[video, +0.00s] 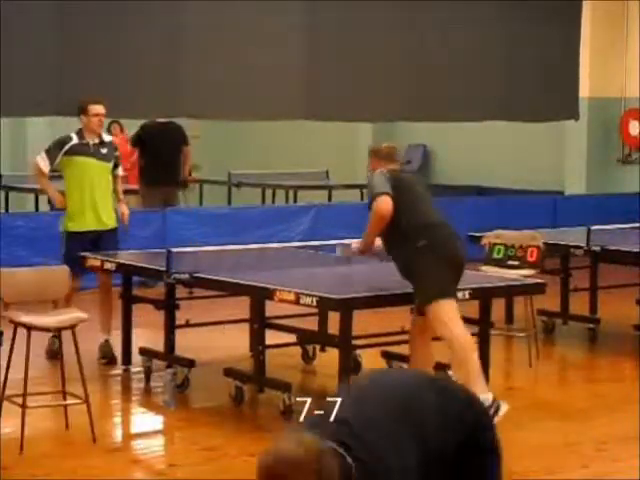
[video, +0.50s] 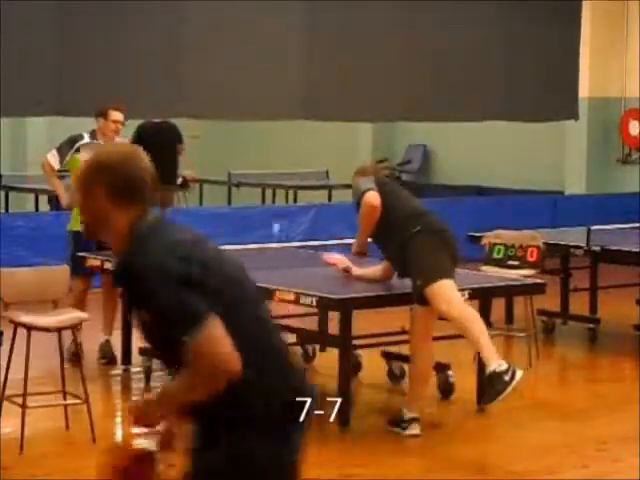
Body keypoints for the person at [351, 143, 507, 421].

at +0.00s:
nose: (369, 170)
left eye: (370, 166)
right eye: (371, 166)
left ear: (374, 164)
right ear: (396, 163)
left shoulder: (380, 176)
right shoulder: (410, 180)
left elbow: (383, 206)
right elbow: (416, 218)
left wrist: (367, 242)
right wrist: (387, 242)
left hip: (428, 254)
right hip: (449, 251)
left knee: (451, 327)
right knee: (420, 331)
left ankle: (482, 398)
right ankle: (418, 397)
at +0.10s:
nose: (361, 178)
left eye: (363, 173)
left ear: (367, 169)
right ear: (386, 168)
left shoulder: (373, 173)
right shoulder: (399, 186)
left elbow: (379, 204)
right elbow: (392, 241)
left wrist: (363, 244)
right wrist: (352, 243)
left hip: (429, 244)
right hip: (424, 254)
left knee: (449, 313)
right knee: (420, 332)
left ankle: (491, 378)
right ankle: (411, 391)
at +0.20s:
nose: (358, 182)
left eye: (359, 178)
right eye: (359, 178)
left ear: (363, 173)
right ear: (382, 172)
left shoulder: (369, 178)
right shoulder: (397, 189)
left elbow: (377, 204)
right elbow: (381, 251)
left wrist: (358, 245)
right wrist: (352, 248)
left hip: (426, 242)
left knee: (451, 306)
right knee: (421, 331)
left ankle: (497, 370)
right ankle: (417, 392)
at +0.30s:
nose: (356, 187)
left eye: (356, 183)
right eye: (357, 184)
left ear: (362, 177)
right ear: (380, 176)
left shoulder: (367, 181)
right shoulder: (398, 203)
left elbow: (373, 204)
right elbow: (382, 271)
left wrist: (361, 243)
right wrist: (352, 268)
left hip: (424, 238)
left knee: (449, 301)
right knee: (421, 336)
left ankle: (501, 361)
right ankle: (413, 415)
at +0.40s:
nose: (355, 188)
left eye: (355, 184)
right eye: (357, 186)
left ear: (361, 178)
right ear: (379, 178)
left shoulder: (366, 182)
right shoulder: (398, 204)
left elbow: (372, 203)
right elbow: (385, 274)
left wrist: (361, 241)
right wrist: (353, 272)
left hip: (424, 237)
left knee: (448, 301)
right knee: (421, 336)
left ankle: (501, 361)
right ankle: (411, 415)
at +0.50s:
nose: (357, 194)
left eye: (356, 188)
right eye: (357, 189)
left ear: (362, 180)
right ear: (383, 177)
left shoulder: (368, 180)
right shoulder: (401, 209)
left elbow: (372, 202)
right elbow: (385, 273)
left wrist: (361, 244)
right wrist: (352, 271)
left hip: (424, 239)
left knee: (449, 304)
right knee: (420, 338)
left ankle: (497, 367)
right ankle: (411, 415)